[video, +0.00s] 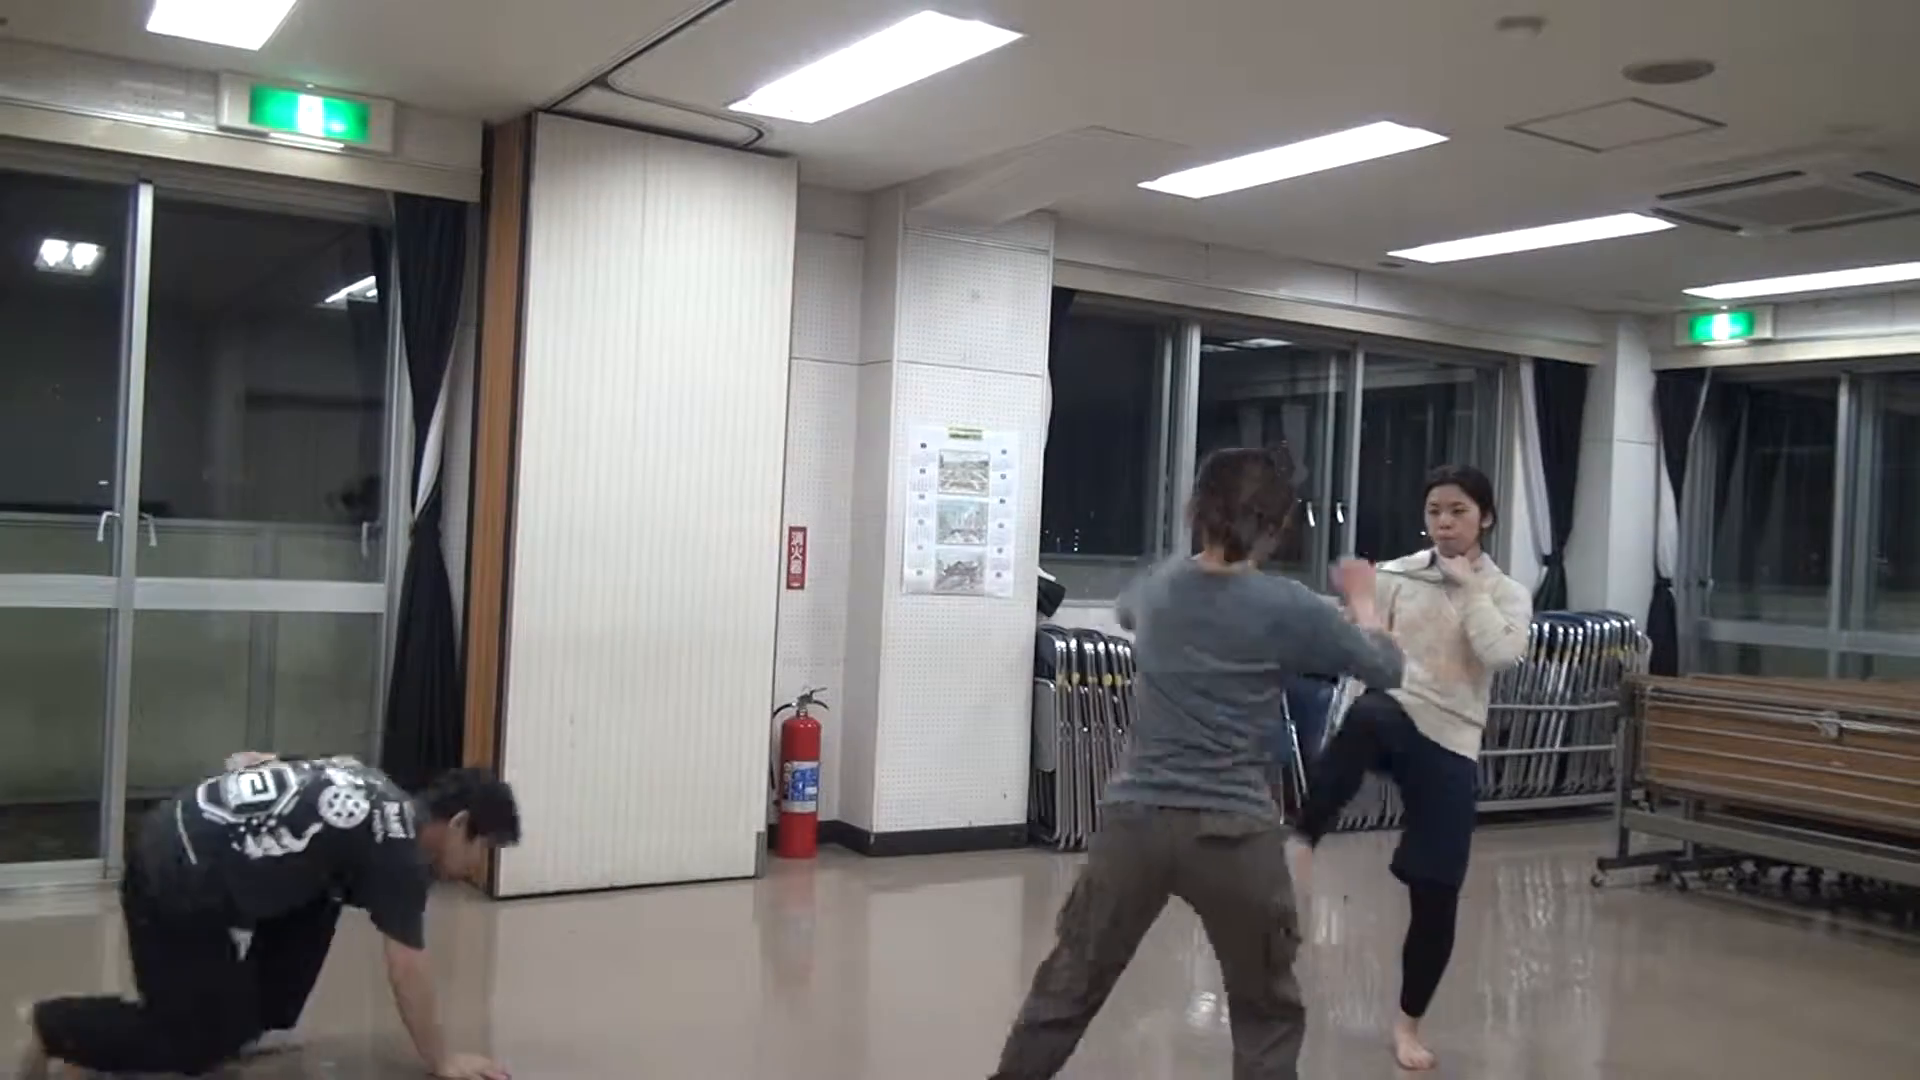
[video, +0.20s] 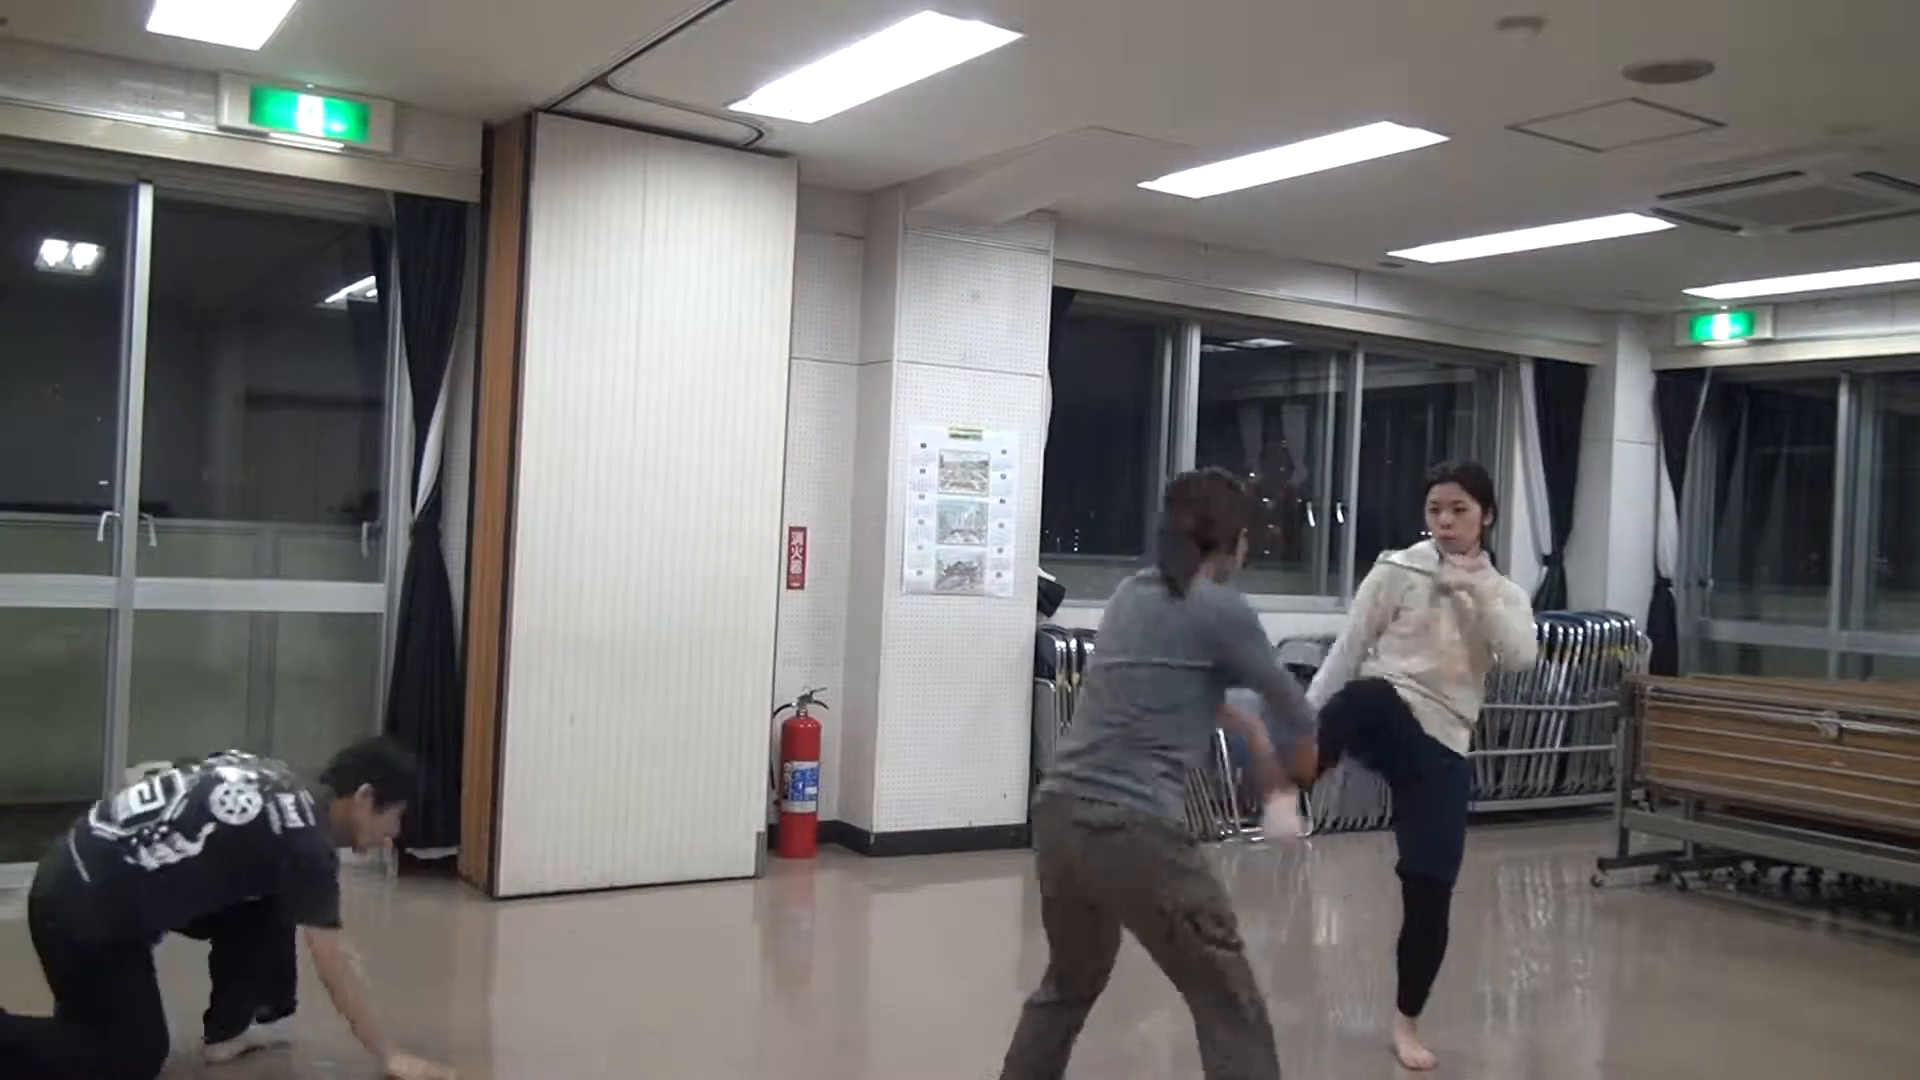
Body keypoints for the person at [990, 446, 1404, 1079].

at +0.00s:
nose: (1286, 528)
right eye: (1284, 516)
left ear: (1198, 513)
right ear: (1276, 525)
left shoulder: (1158, 585)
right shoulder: (1288, 607)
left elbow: (1124, 612)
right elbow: (1386, 668)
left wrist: (1201, 575)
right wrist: (1364, 603)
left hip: (1135, 826)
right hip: (1235, 835)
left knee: (1064, 992)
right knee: (1267, 1013)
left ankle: (1011, 1074)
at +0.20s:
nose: (1246, 552)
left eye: (1247, 539)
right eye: (1244, 539)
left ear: (1175, 533)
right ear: (1230, 542)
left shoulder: (1130, 594)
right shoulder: (1223, 610)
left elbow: (1178, 697)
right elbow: (1288, 704)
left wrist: (1254, 731)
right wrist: (1301, 759)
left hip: (1056, 816)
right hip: (1137, 830)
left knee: (1070, 980)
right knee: (1228, 1003)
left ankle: (1020, 1076)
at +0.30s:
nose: (1221, 536)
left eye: (1223, 522)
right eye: (1220, 521)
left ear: (1153, 511)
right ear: (1199, 521)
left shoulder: (1116, 580)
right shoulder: (1150, 587)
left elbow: (1143, 693)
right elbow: (1189, 700)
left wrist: (1174, 769)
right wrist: (1244, 771)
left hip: (1038, 801)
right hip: (1082, 810)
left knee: (1058, 979)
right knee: (1170, 986)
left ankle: (1021, 1076)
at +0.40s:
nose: (1185, 535)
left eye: (1187, 519)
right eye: (1186, 518)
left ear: (1134, 509)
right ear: (1163, 517)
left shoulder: (1122, 593)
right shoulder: (1084, 586)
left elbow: (1112, 700)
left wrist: (1159, 734)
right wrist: (1182, 726)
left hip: (1079, 816)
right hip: (1054, 815)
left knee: (1071, 995)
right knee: (1104, 1006)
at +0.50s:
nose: (1160, 551)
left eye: (1163, 536)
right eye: (1160, 534)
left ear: (1099, 525)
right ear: (1135, 531)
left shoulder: (1104, 609)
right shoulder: (1052, 613)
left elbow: (1106, 703)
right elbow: (1095, 735)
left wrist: (1160, 674)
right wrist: (1159, 673)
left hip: (1074, 838)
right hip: (1020, 835)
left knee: (1099, 976)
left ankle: (1034, 1073)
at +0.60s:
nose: (1153, 555)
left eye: (1155, 540)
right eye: (1151, 539)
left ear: (1102, 538)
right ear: (1122, 541)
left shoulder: (1099, 606)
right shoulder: (1049, 625)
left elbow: (1131, 654)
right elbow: (1148, 718)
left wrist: (1186, 631)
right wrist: (1188, 642)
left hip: (1053, 833)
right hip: (993, 833)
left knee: (1096, 958)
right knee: (990, 1039)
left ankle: (1039, 1072)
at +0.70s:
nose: (1151, 560)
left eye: (1151, 546)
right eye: (1148, 545)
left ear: (1099, 549)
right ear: (1121, 552)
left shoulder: (1097, 616)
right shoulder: (1058, 638)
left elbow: (1168, 654)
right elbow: (1162, 687)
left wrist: (1260, 639)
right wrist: (1258, 658)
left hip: (1042, 836)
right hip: (982, 841)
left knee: (1089, 954)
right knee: (1000, 1042)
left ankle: (1051, 1070)